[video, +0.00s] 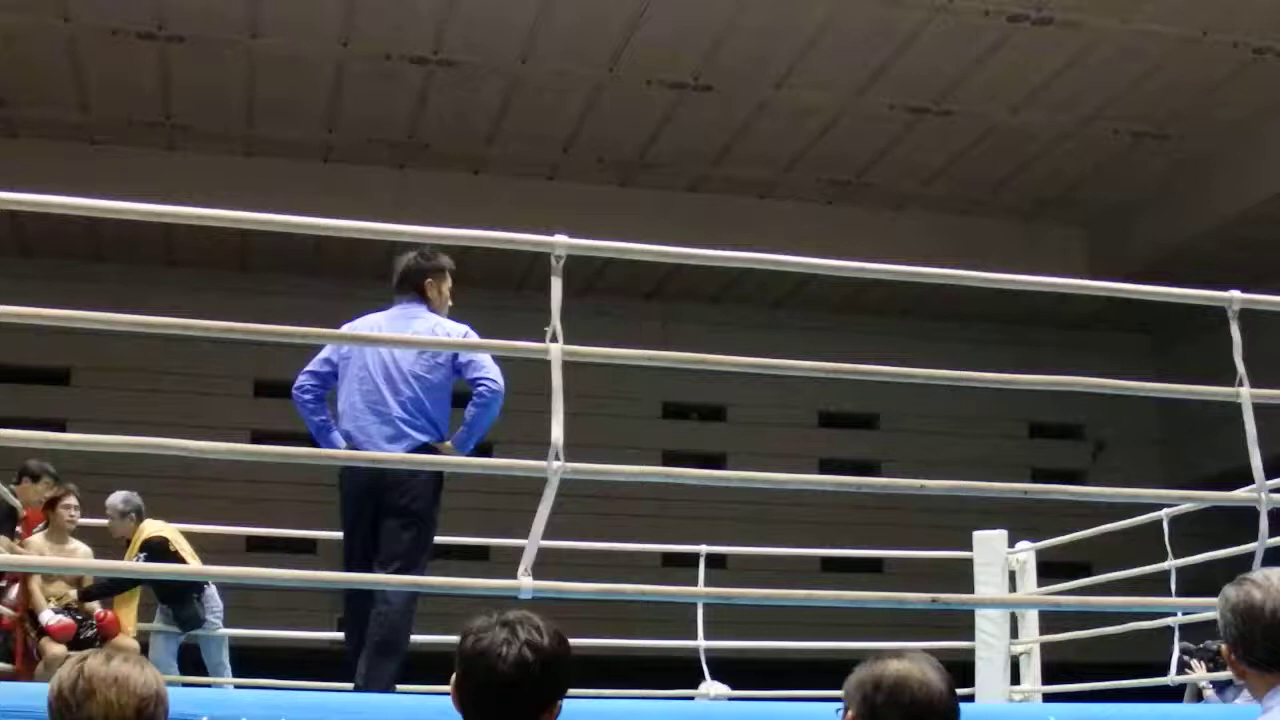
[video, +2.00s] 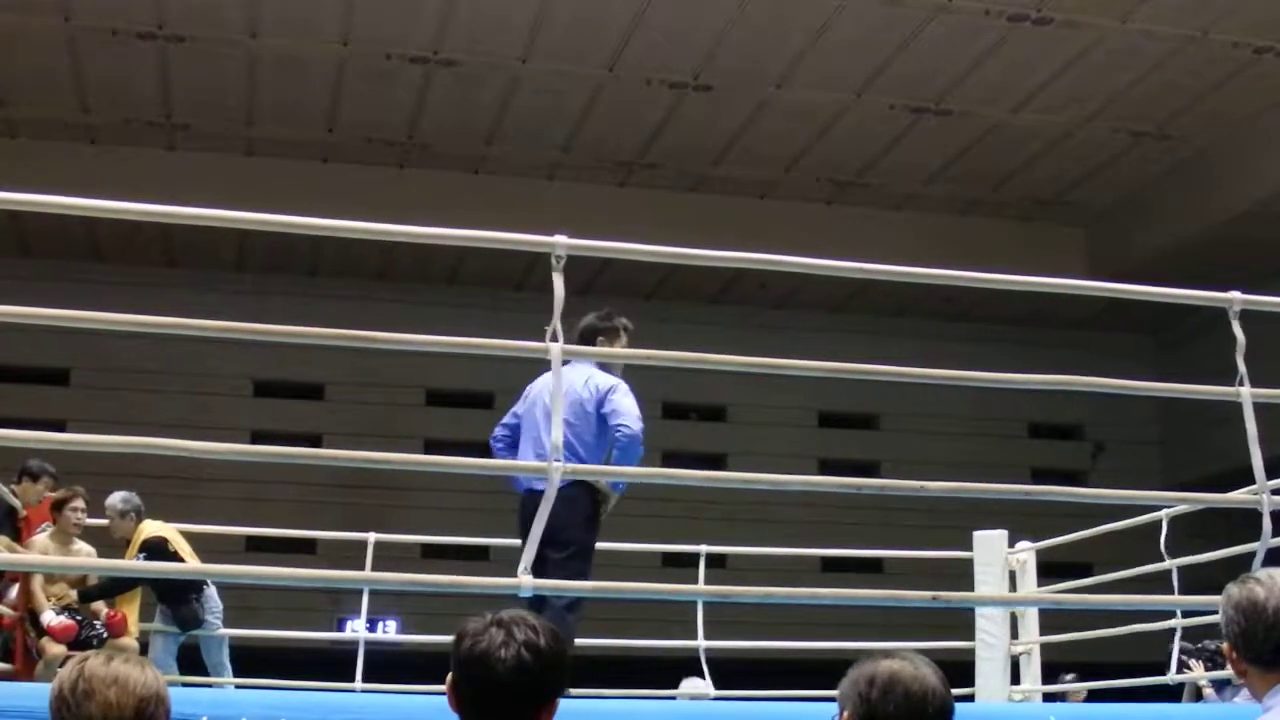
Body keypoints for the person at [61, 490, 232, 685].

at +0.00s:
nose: (108, 524)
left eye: (112, 518)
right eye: (108, 518)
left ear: (130, 519)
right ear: (130, 518)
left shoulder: (155, 539)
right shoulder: (137, 538)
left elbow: (127, 581)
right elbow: (124, 582)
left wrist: (80, 595)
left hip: (201, 601)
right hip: (170, 604)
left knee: (218, 668)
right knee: (161, 662)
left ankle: (228, 713)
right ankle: (176, 711)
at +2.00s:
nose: (108, 524)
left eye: (111, 519)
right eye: (107, 519)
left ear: (131, 519)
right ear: (130, 519)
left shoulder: (155, 541)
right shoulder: (140, 537)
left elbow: (126, 582)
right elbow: (125, 580)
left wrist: (79, 596)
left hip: (201, 600)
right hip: (170, 603)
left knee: (218, 666)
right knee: (160, 661)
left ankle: (231, 714)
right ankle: (174, 711)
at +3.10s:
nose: (105, 524)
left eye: (109, 519)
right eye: (106, 518)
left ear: (127, 521)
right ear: (127, 521)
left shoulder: (154, 542)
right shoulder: (136, 540)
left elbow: (125, 584)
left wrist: (79, 596)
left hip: (202, 601)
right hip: (170, 603)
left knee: (218, 666)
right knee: (160, 660)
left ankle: (229, 711)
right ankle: (177, 709)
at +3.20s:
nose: (105, 524)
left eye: (109, 518)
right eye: (106, 518)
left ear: (128, 520)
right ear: (128, 520)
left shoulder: (154, 541)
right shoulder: (137, 540)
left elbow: (124, 584)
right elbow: (123, 584)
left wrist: (79, 596)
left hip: (202, 600)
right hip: (171, 603)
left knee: (218, 666)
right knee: (160, 660)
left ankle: (229, 712)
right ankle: (176, 709)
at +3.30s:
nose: (106, 525)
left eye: (109, 519)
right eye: (106, 519)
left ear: (127, 521)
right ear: (127, 520)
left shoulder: (154, 542)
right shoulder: (138, 538)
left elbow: (126, 583)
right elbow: (124, 582)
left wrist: (79, 596)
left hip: (202, 600)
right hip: (171, 603)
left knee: (218, 666)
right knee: (160, 660)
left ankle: (229, 712)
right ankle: (176, 709)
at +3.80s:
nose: (106, 525)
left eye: (109, 520)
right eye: (106, 520)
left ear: (128, 521)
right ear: (129, 520)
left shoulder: (154, 543)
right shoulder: (139, 539)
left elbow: (125, 583)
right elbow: (127, 583)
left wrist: (78, 597)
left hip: (202, 600)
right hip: (171, 603)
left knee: (217, 665)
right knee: (160, 660)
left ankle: (230, 713)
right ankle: (173, 709)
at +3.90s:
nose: (105, 525)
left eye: (109, 519)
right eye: (106, 519)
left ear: (128, 520)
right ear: (128, 520)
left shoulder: (154, 543)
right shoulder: (139, 539)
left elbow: (124, 584)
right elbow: (125, 583)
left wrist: (79, 597)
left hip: (202, 600)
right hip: (171, 603)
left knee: (217, 664)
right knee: (159, 660)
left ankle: (230, 712)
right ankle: (175, 708)